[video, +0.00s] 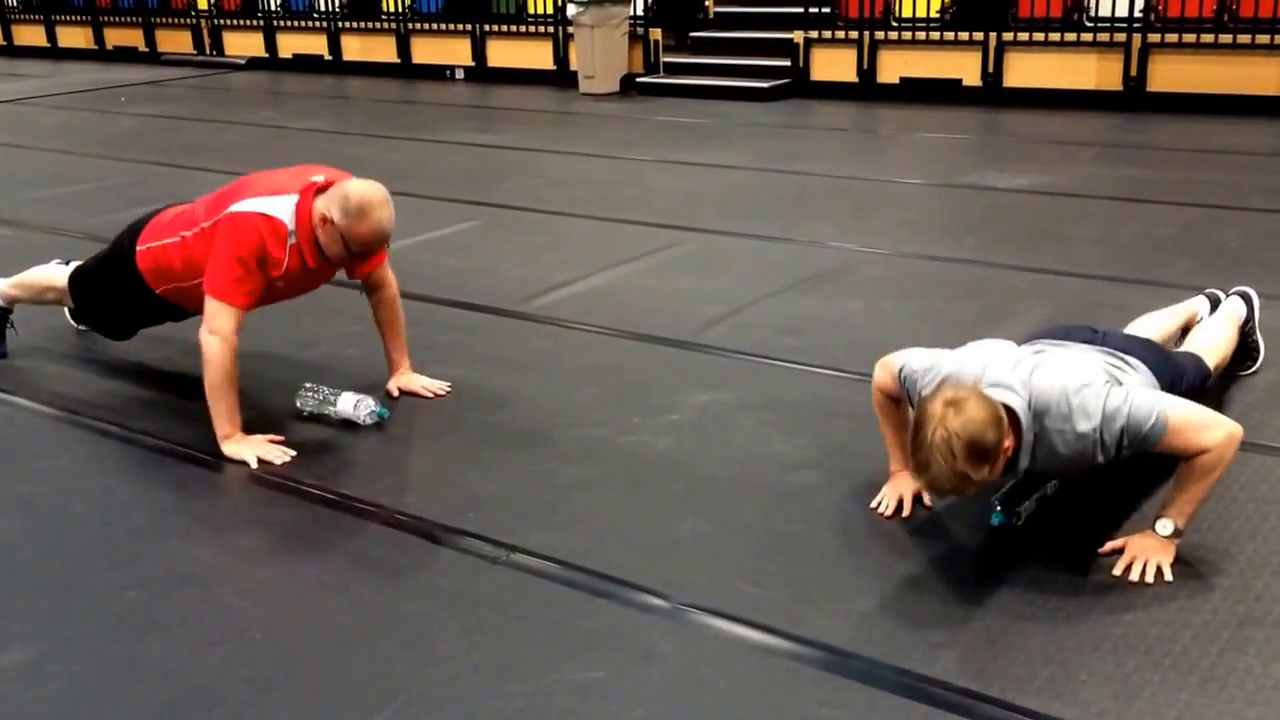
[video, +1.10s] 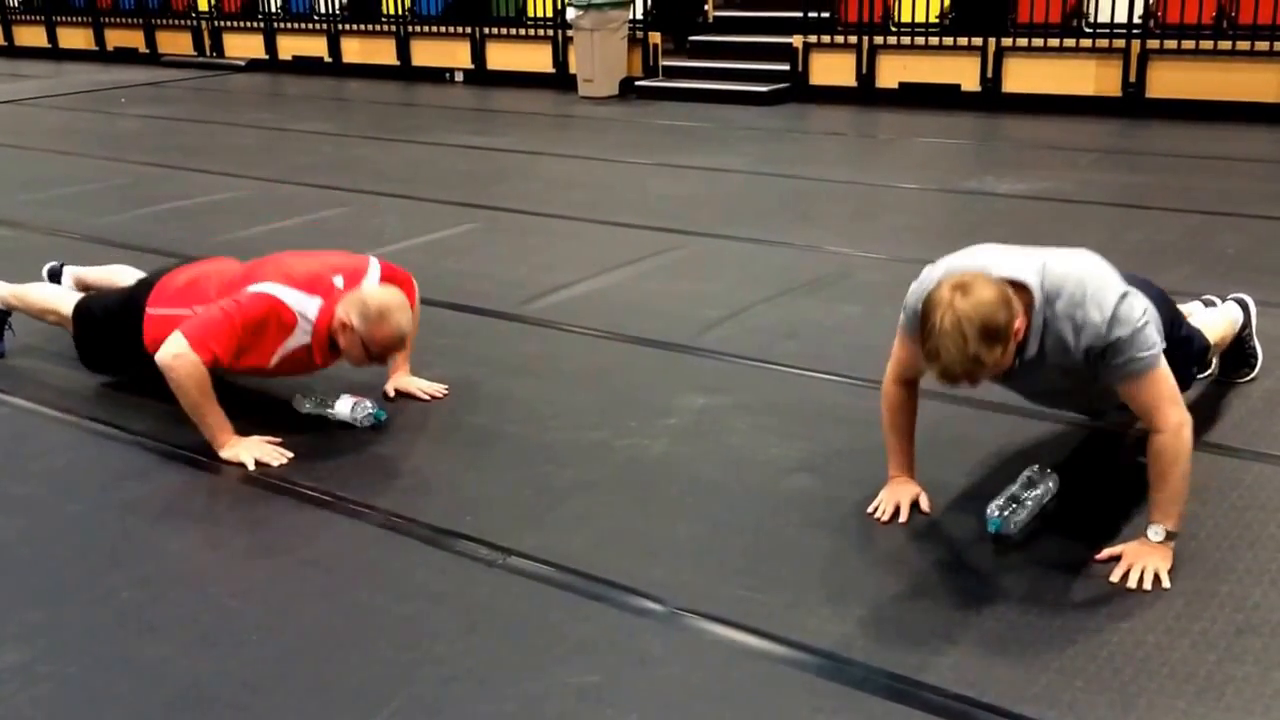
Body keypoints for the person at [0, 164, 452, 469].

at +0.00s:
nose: (356, 267)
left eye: (369, 257)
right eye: (349, 254)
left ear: (380, 226)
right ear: (323, 220)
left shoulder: (358, 209)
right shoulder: (253, 233)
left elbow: (379, 283)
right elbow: (217, 334)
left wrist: (401, 368)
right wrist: (231, 436)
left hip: (198, 271)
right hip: (149, 265)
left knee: (124, 300)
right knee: (79, 287)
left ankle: (82, 302)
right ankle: (5, 290)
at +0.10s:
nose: (372, 305)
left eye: (383, 295)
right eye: (364, 295)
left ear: (392, 264)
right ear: (336, 270)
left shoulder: (367, 231)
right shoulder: (260, 266)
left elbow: (397, 292)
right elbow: (188, 345)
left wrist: (403, 368)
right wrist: (229, 437)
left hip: (198, 250)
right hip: (149, 279)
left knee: (119, 275)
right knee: (73, 293)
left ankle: (74, 275)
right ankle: (5, 291)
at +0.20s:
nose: (370, 356)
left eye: (381, 350)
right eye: (366, 347)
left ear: (403, 305)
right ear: (345, 318)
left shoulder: (387, 279)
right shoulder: (269, 304)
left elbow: (406, 293)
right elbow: (178, 354)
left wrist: (401, 365)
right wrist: (229, 439)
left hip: (216, 269)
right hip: (156, 301)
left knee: (141, 274)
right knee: (76, 305)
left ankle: (70, 272)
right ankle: (6, 292)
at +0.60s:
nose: (365, 319)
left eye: (375, 309)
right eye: (359, 309)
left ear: (390, 287)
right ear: (330, 283)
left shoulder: (379, 267)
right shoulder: (254, 288)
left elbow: (405, 303)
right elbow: (175, 358)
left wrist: (401, 369)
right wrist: (228, 440)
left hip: (199, 261)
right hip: (146, 292)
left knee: (125, 273)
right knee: (70, 299)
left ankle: (72, 270)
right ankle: (5, 292)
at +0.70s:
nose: (358, 280)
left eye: (368, 270)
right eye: (350, 268)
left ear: (380, 242)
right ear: (323, 239)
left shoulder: (362, 235)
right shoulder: (249, 248)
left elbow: (390, 296)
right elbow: (196, 341)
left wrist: (400, 370)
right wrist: (228, 439)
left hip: (203, 266)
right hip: (147, 273)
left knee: (108, 288)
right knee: (74, 295)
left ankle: (68, 277)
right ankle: (9, 290)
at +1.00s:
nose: (363, 315)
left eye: (375, 306)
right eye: (358, 305)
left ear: (390, 282)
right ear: (333, 279)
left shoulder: (368, 250)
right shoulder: (258, 274)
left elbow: (400, 294)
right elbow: (185, 352)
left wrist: (401, 369)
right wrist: (228, 440)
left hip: (193, 259)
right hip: (142, 290)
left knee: (121, 272)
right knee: (69, 298)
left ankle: (73, 272)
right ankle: (5, 292)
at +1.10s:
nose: (363, 362)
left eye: (374, 357)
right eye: (360, 352)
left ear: (401, 315)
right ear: (342, 321)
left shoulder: (384, 284)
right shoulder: (269, 310)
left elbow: (407, 289)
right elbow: (176, 357)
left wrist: (400, 366)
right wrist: (227, 441)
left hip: (209, 280)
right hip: (152, 314)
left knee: (141, 283)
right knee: (75, 313)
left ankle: (69, 274)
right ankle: (7, 293)